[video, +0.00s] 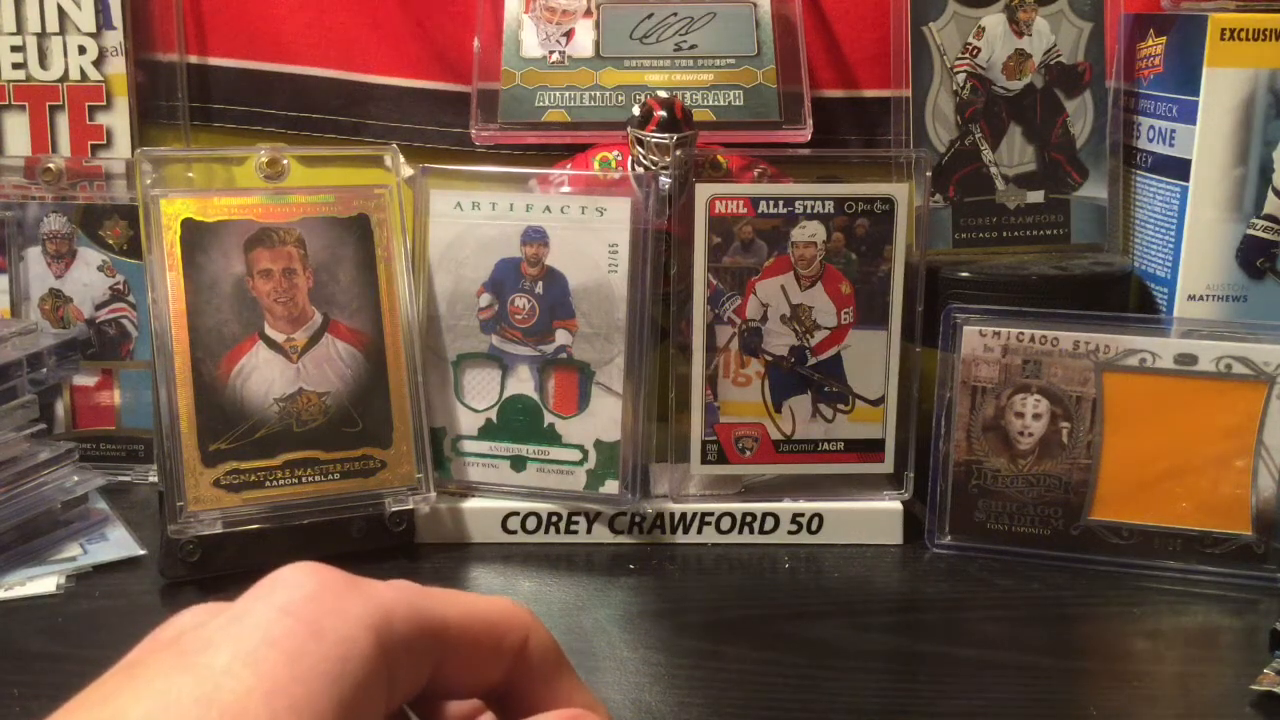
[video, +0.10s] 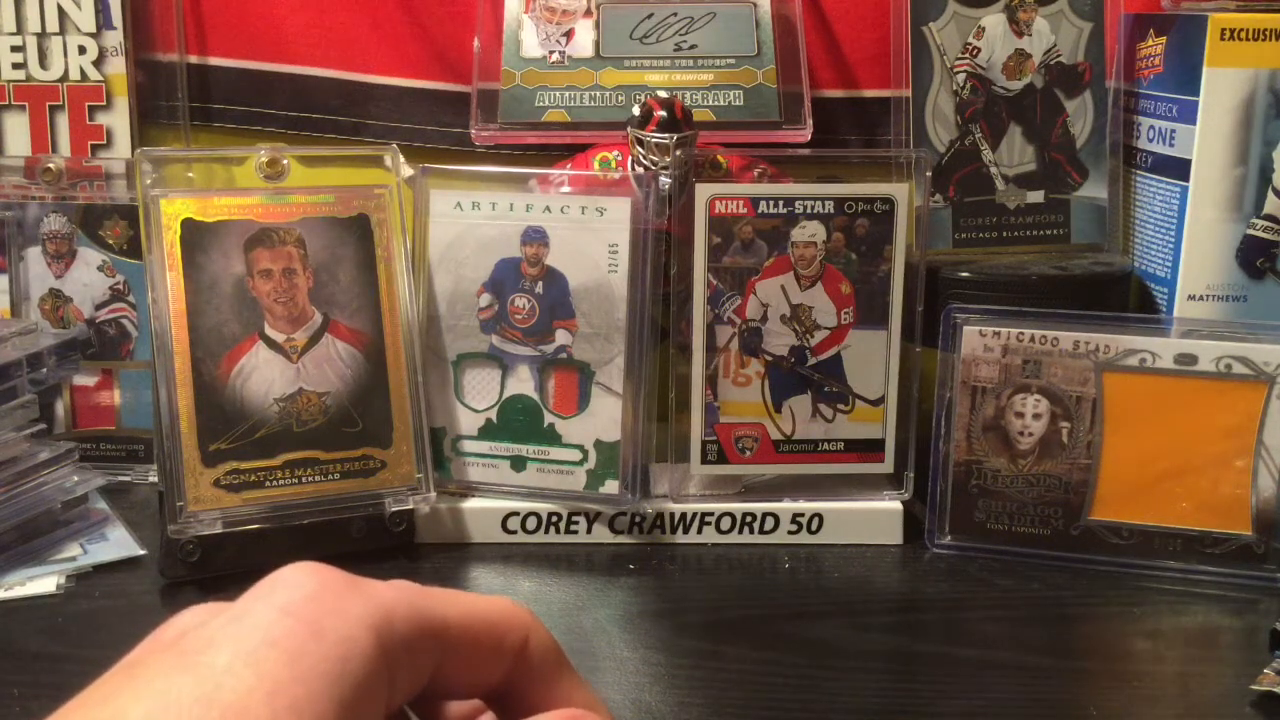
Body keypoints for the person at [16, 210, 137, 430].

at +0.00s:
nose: (57, 247)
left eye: (62, 240)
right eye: (51, 241)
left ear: (72, 240)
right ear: (43, 243)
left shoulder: (96, 264)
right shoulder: (28, 260)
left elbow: (120, 302)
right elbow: (15, 307)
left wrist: (108, 333)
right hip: (40, 361)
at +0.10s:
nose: (56, 246)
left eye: (62, 240)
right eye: (51, 241)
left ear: (72, 240)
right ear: (43, 242)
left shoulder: (96, 264)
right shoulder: (28, 260)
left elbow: (121, 304)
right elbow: (15, 308)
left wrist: (106, 334)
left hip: (88, 366)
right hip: (40, 362)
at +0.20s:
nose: (56, 246)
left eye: (62, 240)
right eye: (50, 241)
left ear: (72, 240)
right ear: (43, 242)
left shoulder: (96, 264)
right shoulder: (28, 260)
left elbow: (121, 305)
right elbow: (15, 307)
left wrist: (106, 334)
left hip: (87, 366)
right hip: (40, 363)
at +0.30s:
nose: (57, 246)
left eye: (62, 240)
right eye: (51, 241)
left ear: (72, 240)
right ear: (43, 242)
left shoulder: (96, 264)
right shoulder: (27, 261)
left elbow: (121, 305)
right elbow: (16, 309)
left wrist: (106, 334)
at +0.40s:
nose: (57, 246)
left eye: (62, 240)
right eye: (51, 241)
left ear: (72, 240)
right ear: (43, 242)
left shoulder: (96, 264)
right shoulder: (27, 261)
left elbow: (121, 306)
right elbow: (16, 310)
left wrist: (106, 334)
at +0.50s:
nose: (56, 246)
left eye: (62, 240)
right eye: (51, 241)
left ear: (72, 240)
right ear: (43, 242)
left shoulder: (96, 264)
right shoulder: (27, 261)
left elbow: (121, 307)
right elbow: (15, 308)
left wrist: (105, 335)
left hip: (88, 366)